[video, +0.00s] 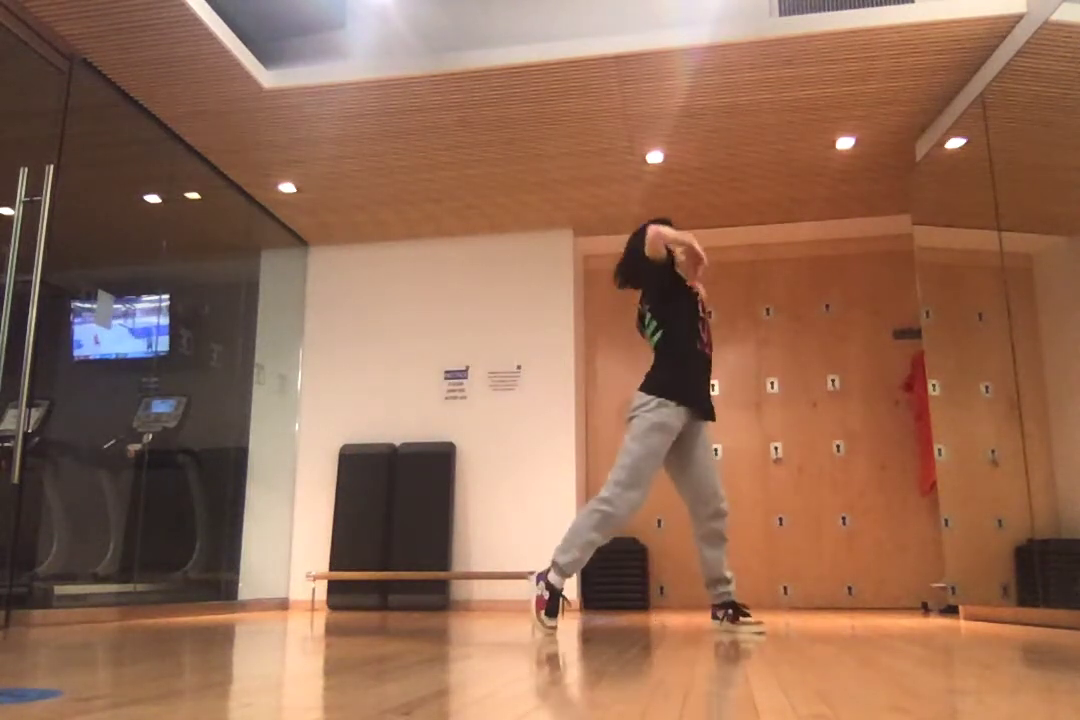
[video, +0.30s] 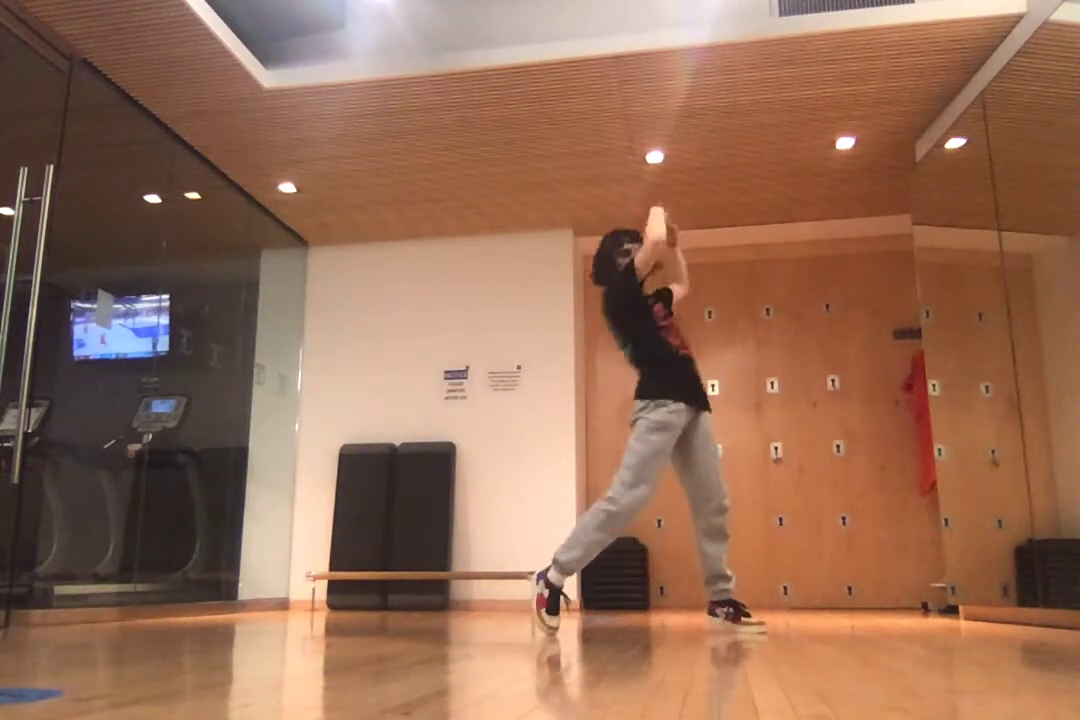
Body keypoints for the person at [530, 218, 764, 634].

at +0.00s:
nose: (682, 242)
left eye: (677, 235)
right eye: (666, 235)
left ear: (663, 251)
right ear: (650, 248)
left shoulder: (681, 293)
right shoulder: (656, 285)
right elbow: (655, 234)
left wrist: (694, 283)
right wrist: (689, 246)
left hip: (690, 414)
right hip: (660, 405)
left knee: (711, 509)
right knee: (620, 499)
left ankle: (723, 603)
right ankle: (552, 578)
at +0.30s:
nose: (642, 256)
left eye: (640, 250)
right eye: (634, 250)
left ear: (629, 262)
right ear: (617, 259)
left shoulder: (652, 298)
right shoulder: (619, 295)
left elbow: (682, 288)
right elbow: (655, 246)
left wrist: (675, 248)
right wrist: (656, 216)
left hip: (693, 406)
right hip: (661, 404)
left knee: (712, 505)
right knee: (626, 499)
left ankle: (721, 600)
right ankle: (553, 577)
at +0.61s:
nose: (627, 298)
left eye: (634, 290)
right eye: (619, 289)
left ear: (640, 289)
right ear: (600, 288)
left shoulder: (643, 317)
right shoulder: (582, 315)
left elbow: (677, 325)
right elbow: (562, 306)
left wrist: (693, 320)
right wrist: (614, 283)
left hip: (624, 434)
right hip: (575, 428)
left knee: (655, 497)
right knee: (551, 502)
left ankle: (603, 585)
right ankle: (522, 590)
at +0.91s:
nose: (608, 254)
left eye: (614, 248)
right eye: (601, 248)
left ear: (624, 255)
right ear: (590, 256)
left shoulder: (642, 303)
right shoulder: (574, 302)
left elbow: (670, 347)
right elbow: (555, 351)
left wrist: (716, 378)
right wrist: (543, 358)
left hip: (616, 420)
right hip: (569, 418)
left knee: (604, 503)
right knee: (565, 502)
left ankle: (576, 595)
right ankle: (566, 580)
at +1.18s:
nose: (597, 251)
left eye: (604, 246)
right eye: (590, 246)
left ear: (614, 258)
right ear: (579, 259)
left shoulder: (633, 301)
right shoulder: (568, 298)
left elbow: (648, 346)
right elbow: (570, 334)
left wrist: (596, 348)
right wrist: (599, 297)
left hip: (621, 406)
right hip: (575, 407)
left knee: (606, 497)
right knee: (592, 499)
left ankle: (595, 590)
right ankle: (619, 584)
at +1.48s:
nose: (598, 254)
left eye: (603, 250)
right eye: (590, 250)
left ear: (612, 260)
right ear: (577, 261)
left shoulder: (627, 304)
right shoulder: (565, 298)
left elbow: (645, 345)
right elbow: (565, 336)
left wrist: (595, 347)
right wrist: (599, 300)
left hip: (618, 410)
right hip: (571, 410)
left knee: (605, 498)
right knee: (584, 503)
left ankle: (593, 590)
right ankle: (613, 586)